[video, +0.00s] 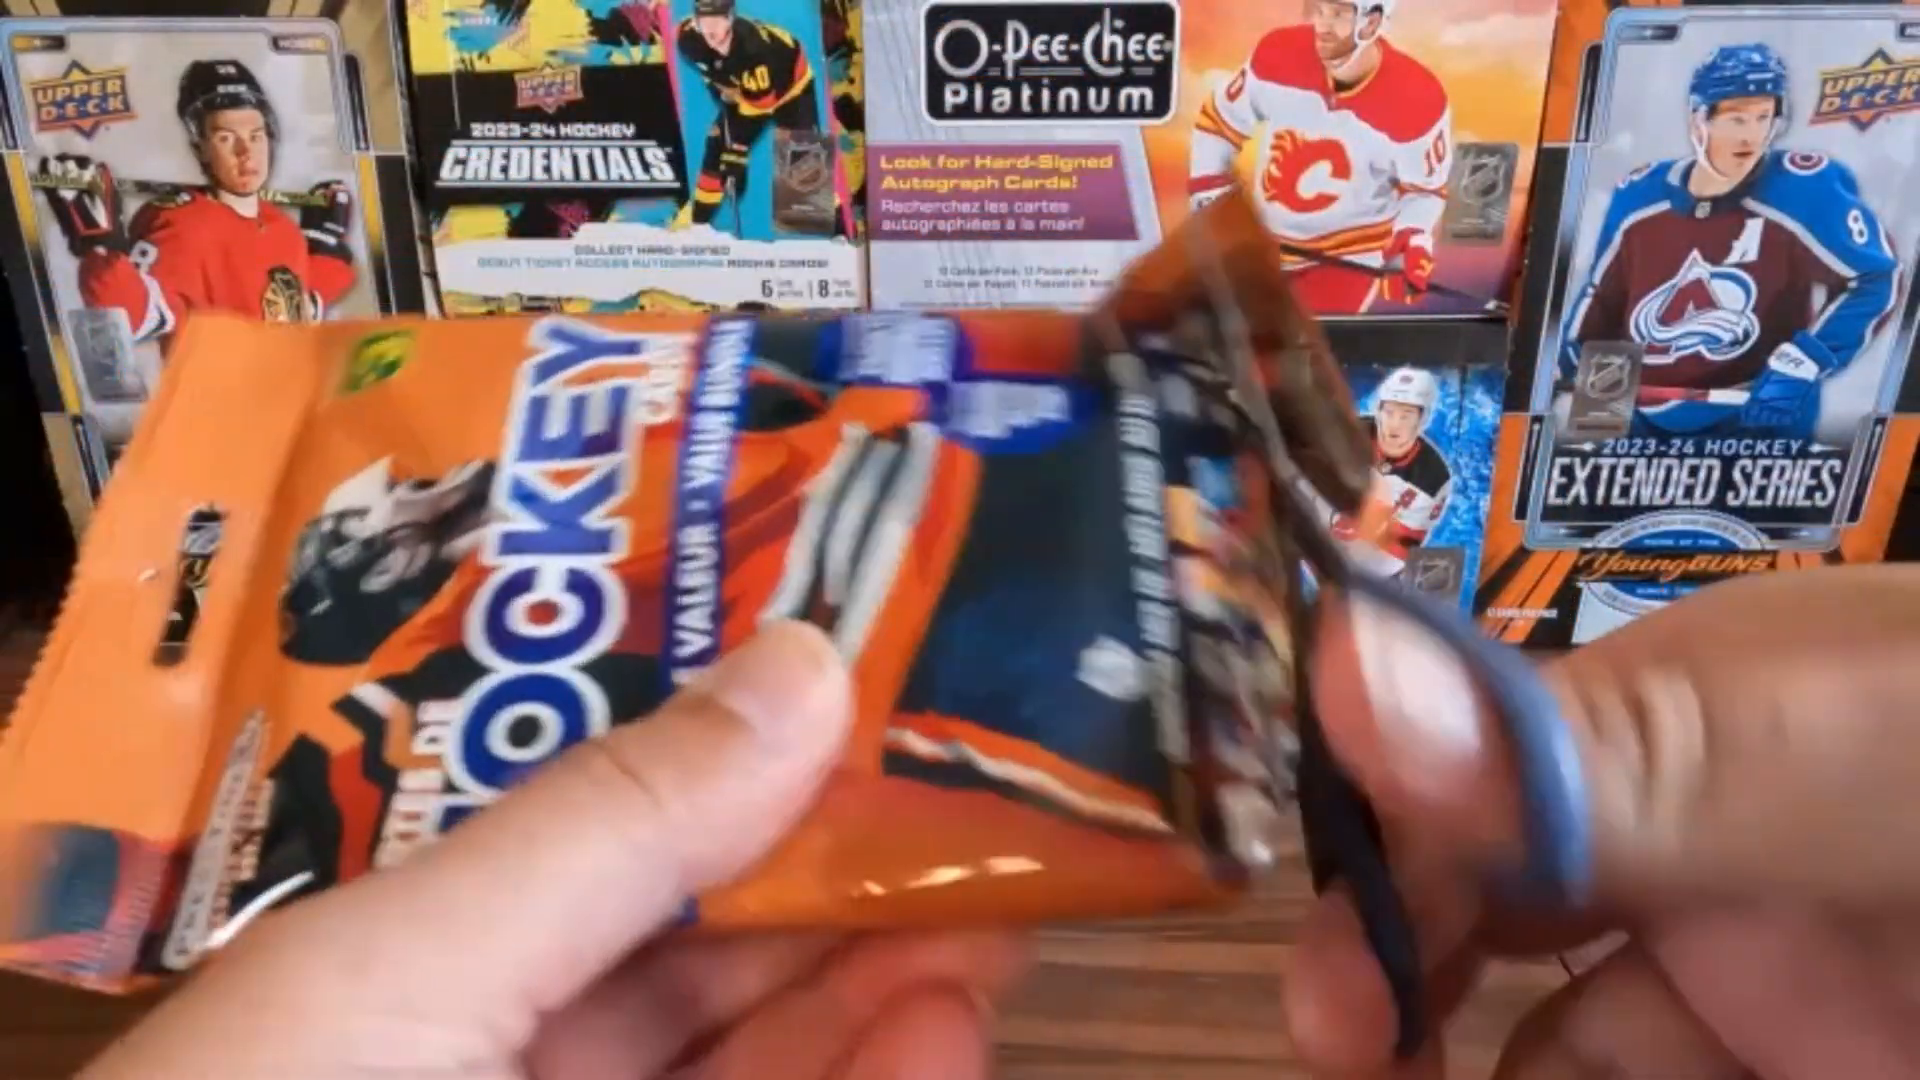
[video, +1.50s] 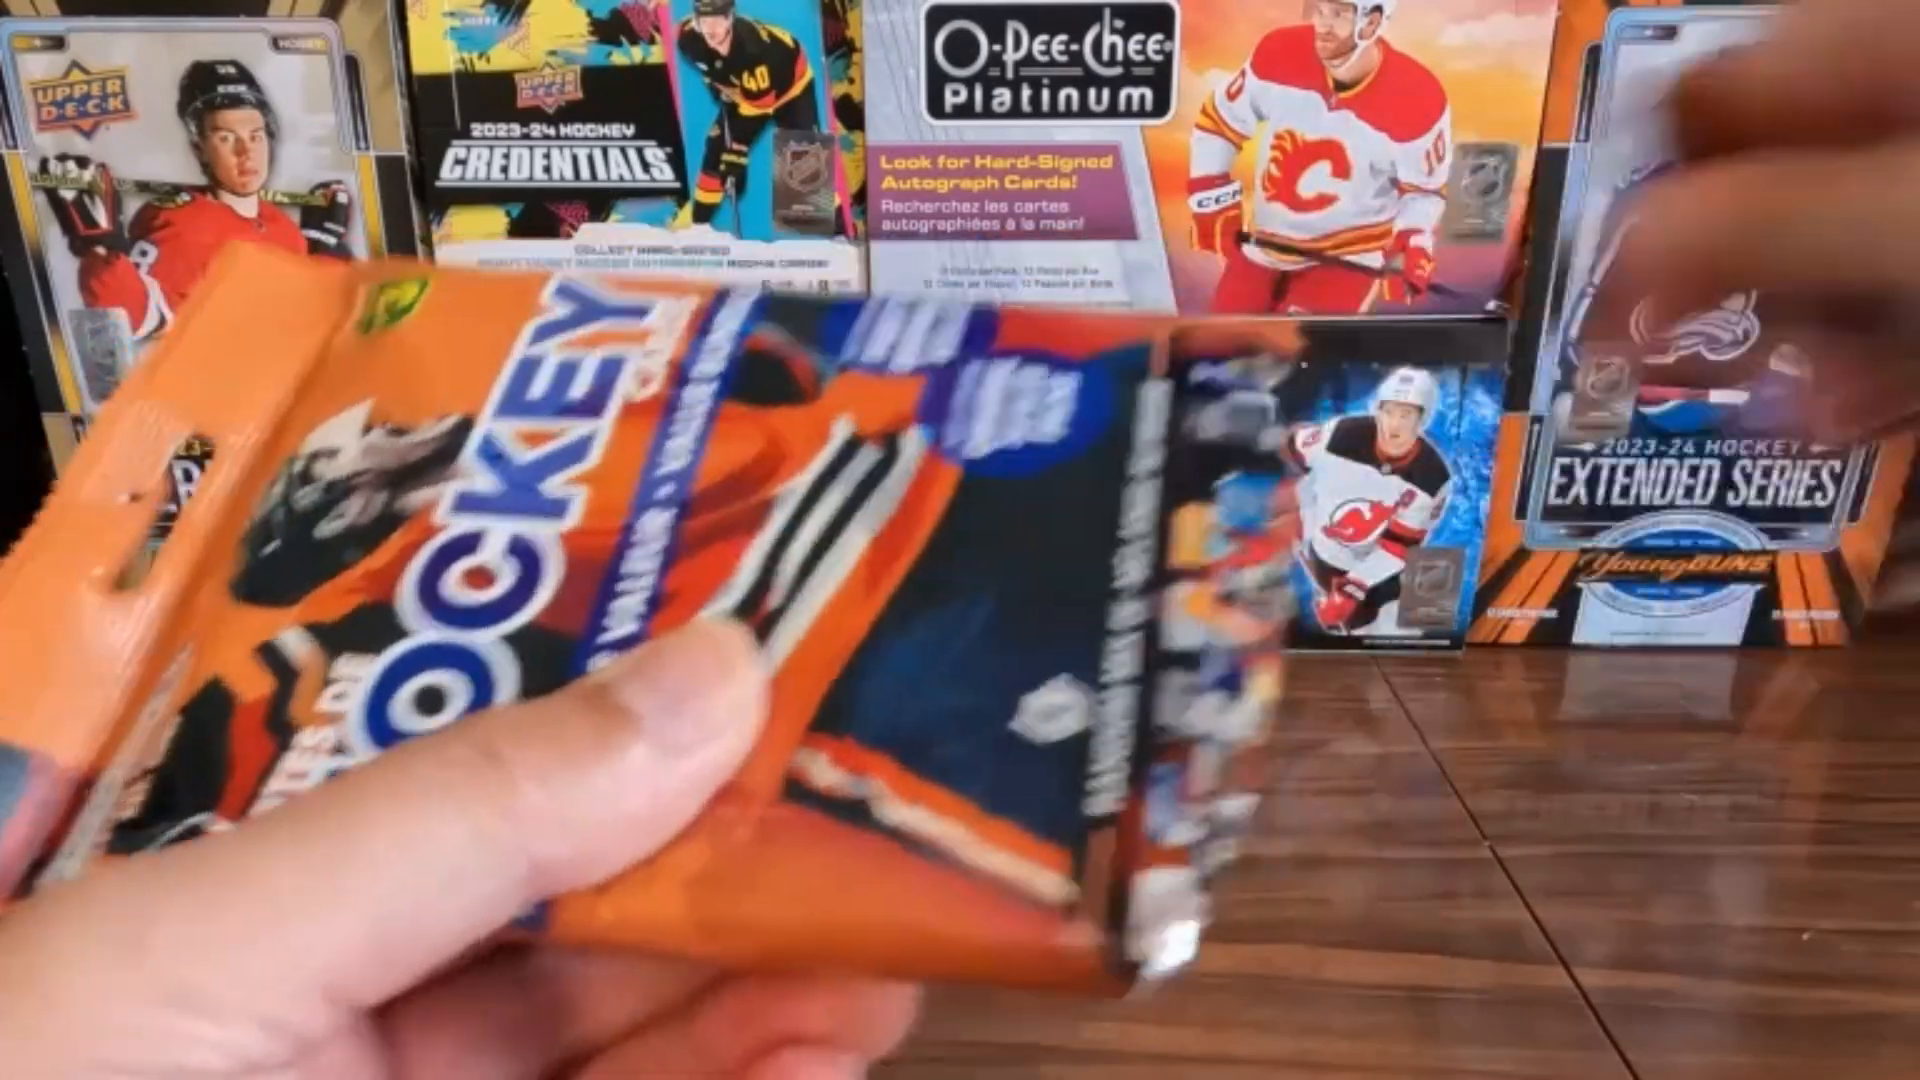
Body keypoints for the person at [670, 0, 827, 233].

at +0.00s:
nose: (711, 30)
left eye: (717, 22)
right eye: (705, 22)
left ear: (730, 19)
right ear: (696, 23)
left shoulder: (754, 48)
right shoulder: (689, 38)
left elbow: (757, 108)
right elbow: (709, 71)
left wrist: (736, 155)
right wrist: (724, 93)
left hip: (791, 92)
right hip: (743, 97)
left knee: (804, 161)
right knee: (717, 145)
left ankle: (839, 227)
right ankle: (699, 218)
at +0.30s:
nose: (711, 30)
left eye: (717, 22)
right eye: (705, 22)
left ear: (730, 19)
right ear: (696, 23)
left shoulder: (754, 48)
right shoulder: (689, 38)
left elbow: (757, 108)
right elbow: (708, 70)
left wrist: (736, 155)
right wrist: (722, 91)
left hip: (790, 91)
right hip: (742, 97)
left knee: (804, 160)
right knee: (717, 145)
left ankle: (839, 227)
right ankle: (699, 219)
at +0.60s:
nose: (712, 29)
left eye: (718, 22)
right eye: (705, 22)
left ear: (730, 19)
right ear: (696, 23)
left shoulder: (754, 49)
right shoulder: (689, 38)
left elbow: (756, 108)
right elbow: (710, 72)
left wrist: (736, 156)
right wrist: (724, 93)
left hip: (791, 92)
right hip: (743, 97)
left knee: (804, 161)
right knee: (716, 145)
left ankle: (839, 227)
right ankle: (698, 219)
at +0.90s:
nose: (712, 29)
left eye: (718, 21)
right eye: (705, 22)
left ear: (730, 19)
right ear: (696, 22)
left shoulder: (754, 48)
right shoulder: (689, 38)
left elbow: (756, 109)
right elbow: (709, 72)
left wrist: (736, 158)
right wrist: (724, 93)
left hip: (790, 90)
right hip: (742, 96)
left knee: (804, 160)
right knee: (717, 145)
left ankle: (837, 225)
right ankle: (699, 220)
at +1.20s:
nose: (712, 29)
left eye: (718, 21)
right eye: (705, 22)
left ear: (730, 19)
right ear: (697, 22)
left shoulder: (754, 48)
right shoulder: (689, 38)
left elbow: (757, 108)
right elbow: (710, 73)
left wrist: (736, 155)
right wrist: (725, 96)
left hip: (791, 93)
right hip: (742, 99)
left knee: (805, 162)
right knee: (716, 148)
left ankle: (839, 230)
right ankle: (698, 224)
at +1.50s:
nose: (711, 30)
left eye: (717, 22)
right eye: (705, 22)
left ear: (731, 18)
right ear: (696, 22)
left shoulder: (753, 47)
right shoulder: (689, 37)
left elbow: (758, 108)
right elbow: (708, 69)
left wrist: (736, 153)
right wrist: (722, 91)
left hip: (790, 91)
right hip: (743, 98)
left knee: (804, 160)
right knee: (717, 146)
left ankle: (838, 227)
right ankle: (698, 222)